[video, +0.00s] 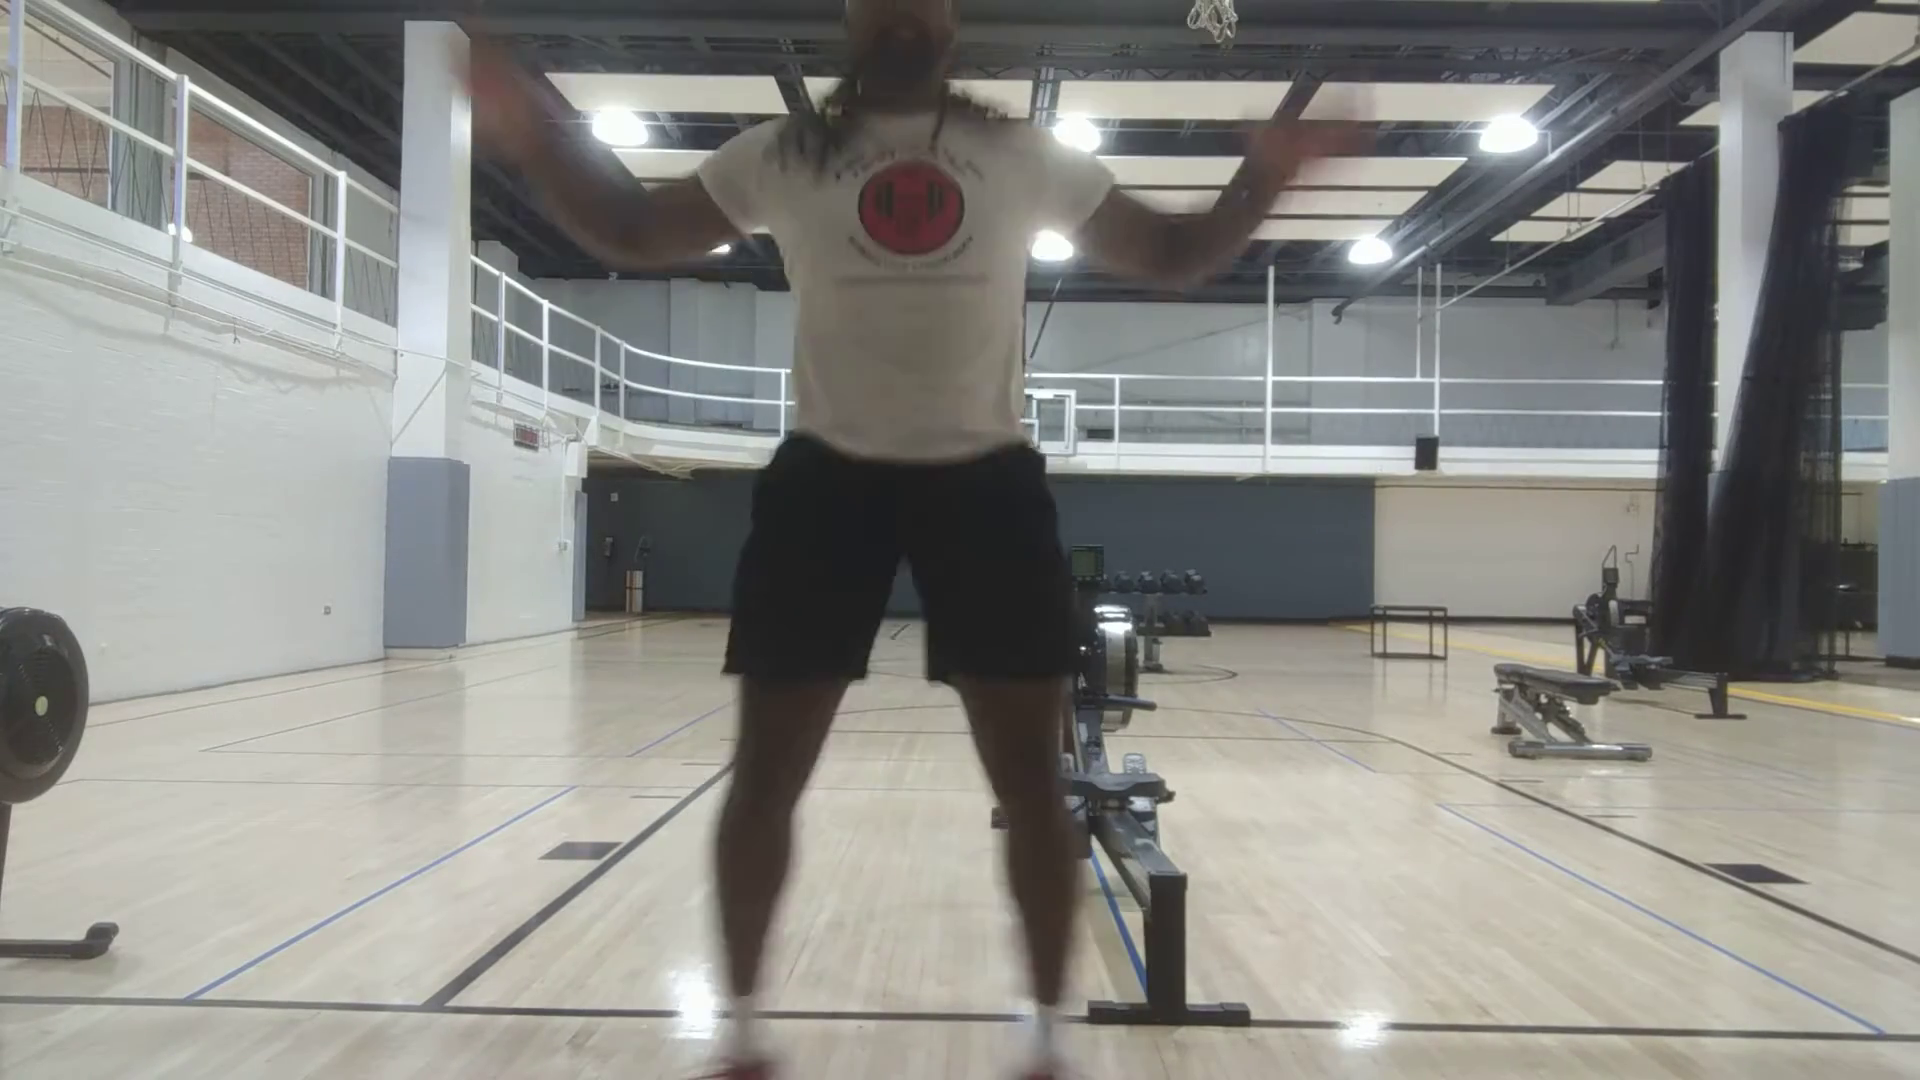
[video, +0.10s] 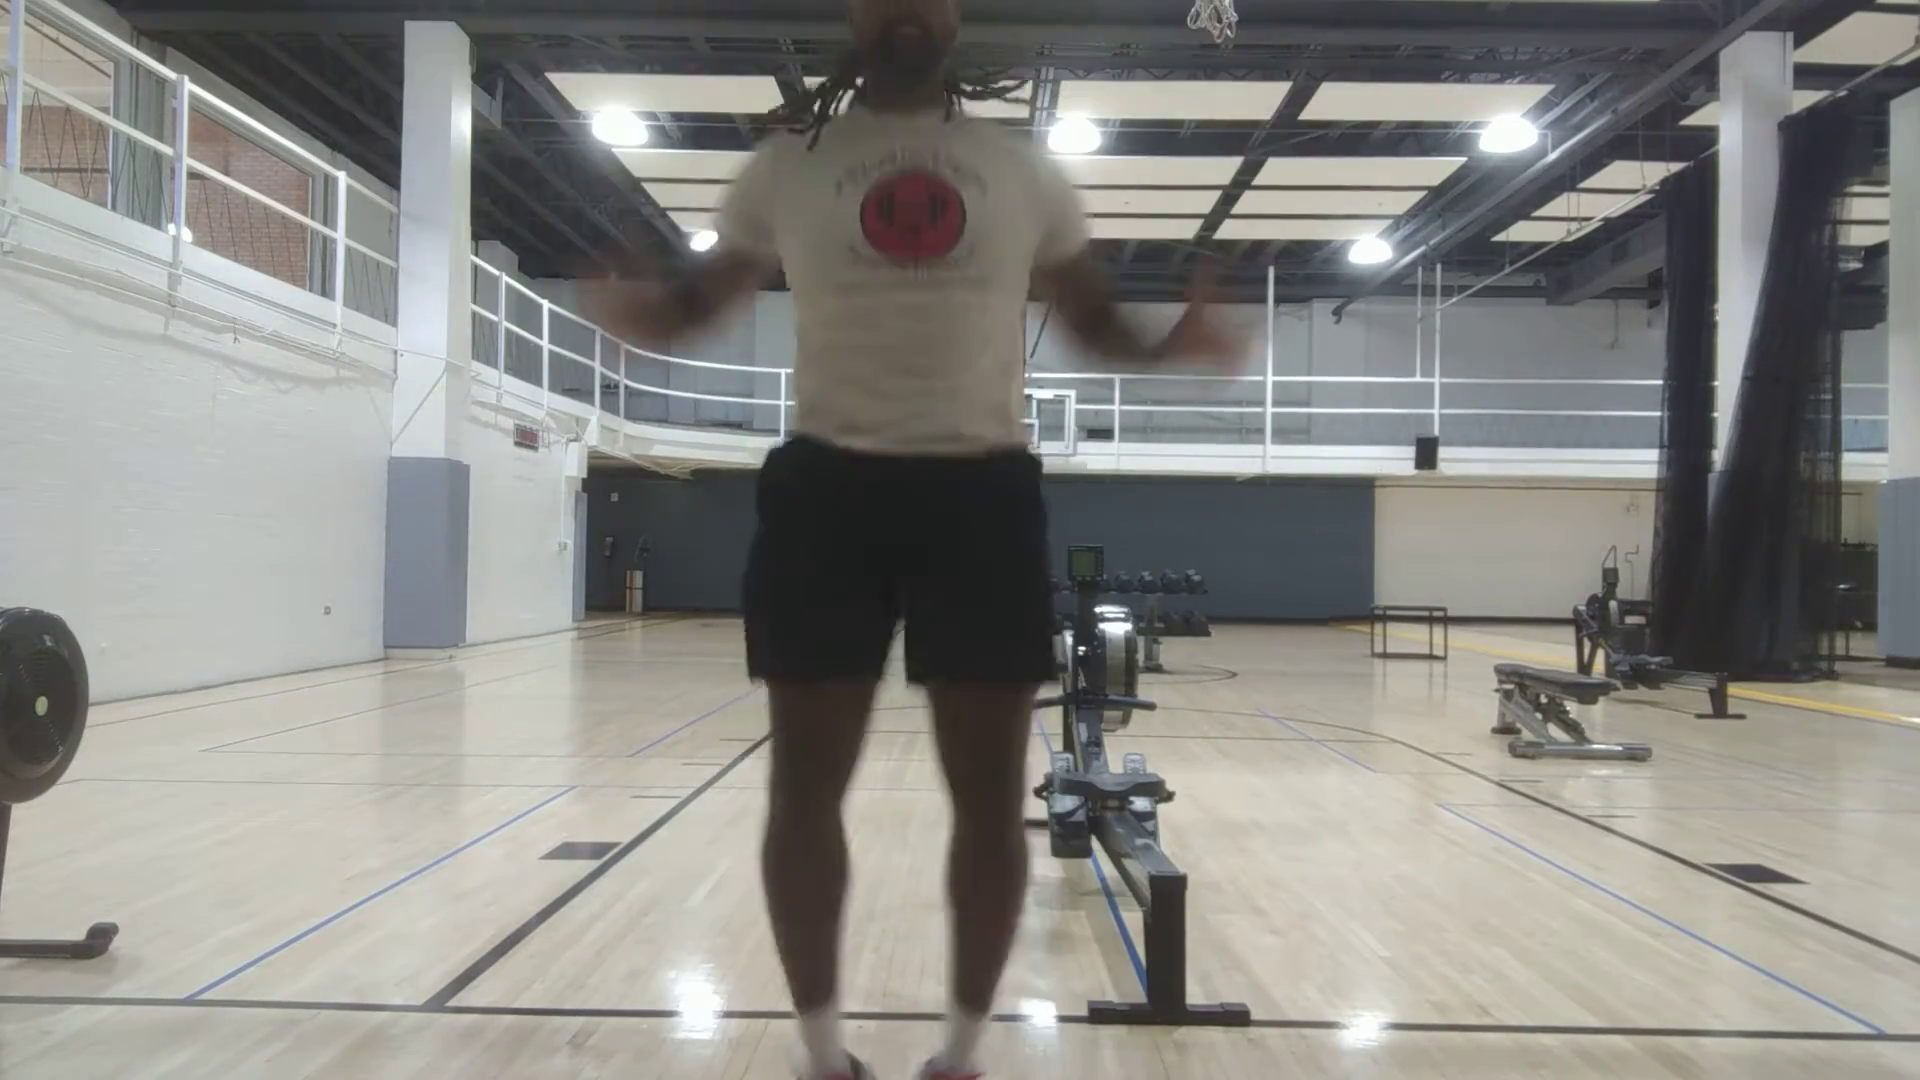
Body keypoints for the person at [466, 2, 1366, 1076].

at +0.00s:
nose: (908, 22)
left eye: (928, 6)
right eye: (885, 5)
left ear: (955, 29)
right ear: (845, 27)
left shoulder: (1017, 149)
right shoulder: (786, 155)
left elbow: (1169, 259)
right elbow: (631, 228)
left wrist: (1258, 184)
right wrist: (529, 133)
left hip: (986, 490)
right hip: (826, 487)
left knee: (1031, 779)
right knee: (767, 770)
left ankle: (1048, 1035)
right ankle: (738, 1028)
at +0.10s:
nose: (908, 18)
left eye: (928, 3)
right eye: (886, 3)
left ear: (958, 23)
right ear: (851, 22)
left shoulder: (1024, 169)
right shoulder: (788, 165)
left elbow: (1099, 332)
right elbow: (695, 305)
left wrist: (1176, 343)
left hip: (984, 499)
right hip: (827, 495)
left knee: (991, 796)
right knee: (806, 788)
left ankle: (963, 1048)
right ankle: (823, 1048)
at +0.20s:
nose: (906, 77)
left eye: (927, 56)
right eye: (884, 55)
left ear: (959, 83)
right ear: (850, 83)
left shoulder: (1020, 257)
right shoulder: (793, 249)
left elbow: (1041, 444)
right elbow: (747, 411)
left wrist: (1075, 478)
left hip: (978, 572)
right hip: (828, 566)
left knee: (975, 874)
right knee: (818, 867)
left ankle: (950, 1067)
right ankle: (835, 1066)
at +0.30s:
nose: (903, 110)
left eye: (923, 92)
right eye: (883, 92)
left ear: (956, 115)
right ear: (852, 115)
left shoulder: (1017, 275)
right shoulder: (796, 273)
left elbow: (1058, 424)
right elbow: (738, 427)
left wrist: (1093, 472)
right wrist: (733, 471)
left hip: (978, 591)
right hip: (831, 588)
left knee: (972, 859)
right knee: (827, 855)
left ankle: (947, 1068)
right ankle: (841, 1067)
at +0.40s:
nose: (907, 38)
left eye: (927, 20)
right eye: (885, 19)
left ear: (956, 40)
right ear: (853, 38)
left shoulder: (1021, 193)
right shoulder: (797, 195)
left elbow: (1110, 337)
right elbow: (708, 330)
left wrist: (1186, 314)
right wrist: (631, 338)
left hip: (982, 513)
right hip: (833, 513)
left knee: (986, 786)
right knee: (814, 781)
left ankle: (978, 1040)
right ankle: (814, 1038)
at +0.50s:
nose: (914, 11)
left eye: (932, 1)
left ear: (962, 21)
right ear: (856, 22)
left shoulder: (1021, 135)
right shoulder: (797, 144)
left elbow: (1168, 242)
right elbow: (649, 241)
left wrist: (1250, 134)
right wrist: (542, 155)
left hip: (987, 470)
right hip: (833, 467)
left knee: (1021, 761)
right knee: (782, 749)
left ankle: (1050, 1027)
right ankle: (739, 1025)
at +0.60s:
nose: (915, 29)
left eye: (935, 13)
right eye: (894, 12)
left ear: (965, 30)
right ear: (862, 30)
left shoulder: (1029, 160)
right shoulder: (799, 162)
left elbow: (1203, 167)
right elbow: (629, 183)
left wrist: (1213, 37)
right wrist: (586, 50)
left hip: (991, 502)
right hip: (833, 497)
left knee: (1061, 790)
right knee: (745, 781)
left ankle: (1132, 1044)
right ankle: (665, 1037)